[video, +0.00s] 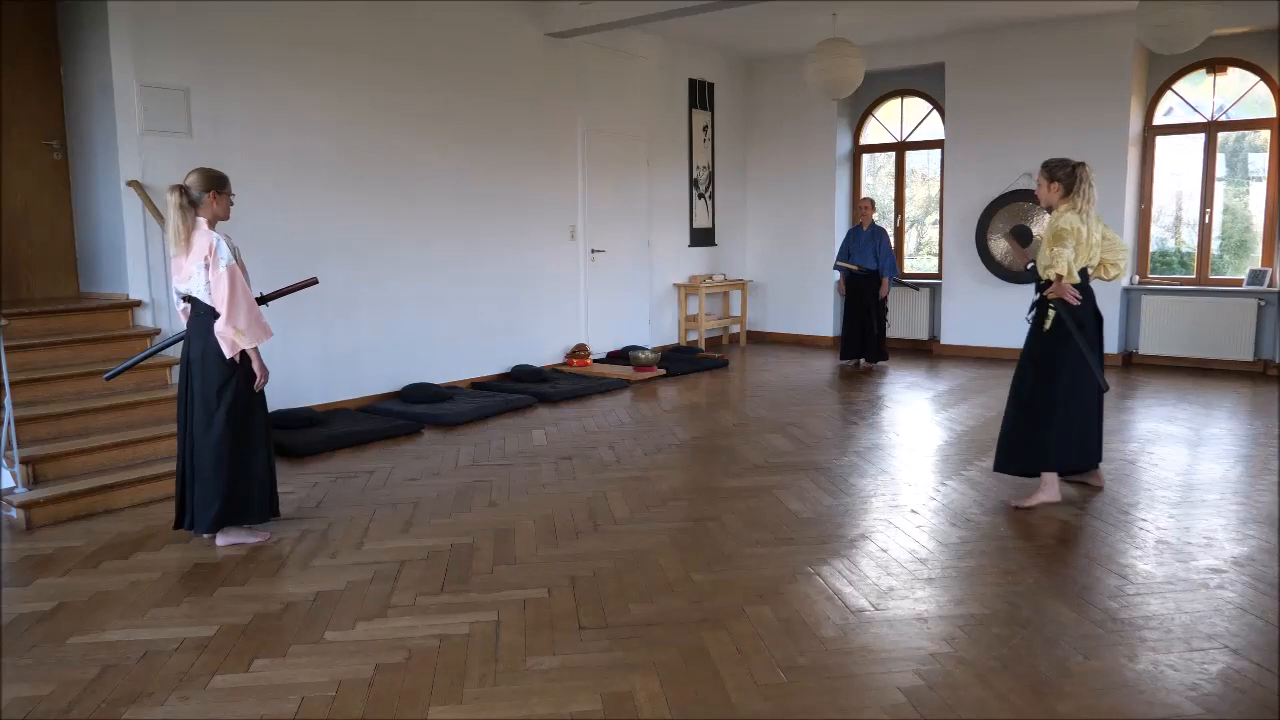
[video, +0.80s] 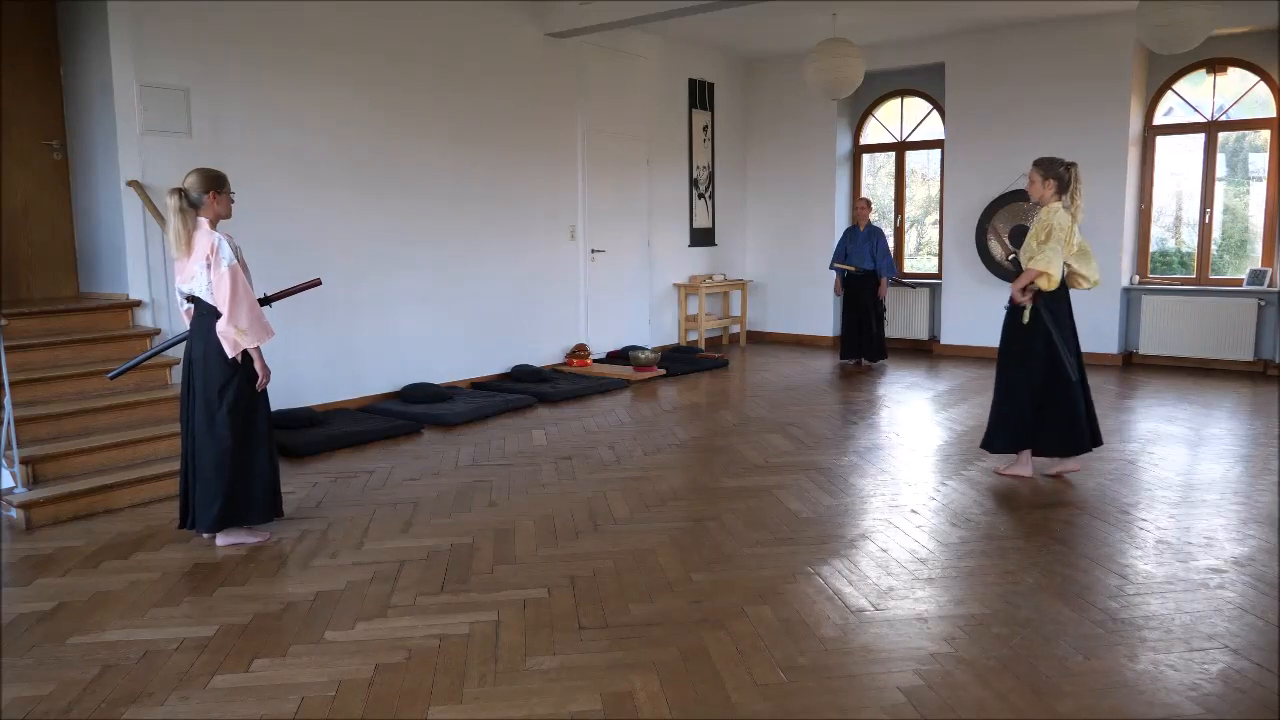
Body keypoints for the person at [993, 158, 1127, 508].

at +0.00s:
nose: (1037, 192)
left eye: (1040, 186)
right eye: (1038, 186)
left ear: (1057, 188)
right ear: (1069, 189)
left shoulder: (1061, 220)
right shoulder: (1091, 220)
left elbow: (1059, 256)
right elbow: (1116, 260)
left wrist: (1056, 281)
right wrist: (1083, 271)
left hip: (1058, 314)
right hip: (1086, 312)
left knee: (1044, 394)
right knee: (1083, 390)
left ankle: (1049, 484)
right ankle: (1091, 468)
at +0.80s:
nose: (1027, 186)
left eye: (1032, 181)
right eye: (1028, 180)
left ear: (1049, 184)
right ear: (1051, 185)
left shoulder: (1053, 215)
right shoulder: (1060, 215)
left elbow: (1048, 259)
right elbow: (1066, 261)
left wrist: (1018, 283)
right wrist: (1034, 278)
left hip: (1037, 302)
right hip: (1054, 302)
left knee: (1023, 377)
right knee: (1058, 376)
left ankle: (1023, 460)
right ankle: (1071, 454)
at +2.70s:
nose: (1013, 184)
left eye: (1017, 178)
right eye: (1014, 178)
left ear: (1032, 182)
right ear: (1036, 182)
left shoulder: (1032, 216)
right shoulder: (1049, 214)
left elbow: (1021, 268)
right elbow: (1017, 255)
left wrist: (1002, 308)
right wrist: (986, 243)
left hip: (1028, 301)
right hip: (1041, 298)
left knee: (1025, 376)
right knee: (1033, 375)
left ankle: (1024, 459)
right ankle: (1026, 456)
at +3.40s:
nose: (1009, 186)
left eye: (1013, 180)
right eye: (1010, 180)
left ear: (1028, 182)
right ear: (1032, 183)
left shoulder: (1030, 217)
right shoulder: (1046, 214)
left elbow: (1019, 267)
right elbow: (1016, 255)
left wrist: (999, 308)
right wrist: (986, 245)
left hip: (1026, 301)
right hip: (1038, 298)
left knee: (1024, 375)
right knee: (1031, 375)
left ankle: (1024, 459)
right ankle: (1025, 454)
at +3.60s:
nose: (1007, 185)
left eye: (1011, 180)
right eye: (1008, 180)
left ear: (1026, 183)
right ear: (1032, 183)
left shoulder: (1028, 217)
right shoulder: (1044, 214)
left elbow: (1017, 267)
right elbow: (1013, 257)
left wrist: (997, 307)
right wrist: (982, 243)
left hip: (1023, 301)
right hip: (1036, 298)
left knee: (1021, 376)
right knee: (1028, 375)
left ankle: (1022, 459)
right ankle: (1023, 455)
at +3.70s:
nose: (1006, 185)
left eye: (1009, 180)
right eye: (1007, 180)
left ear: (1025, 183)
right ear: (1030, 183)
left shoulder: (1026, 217)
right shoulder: (1043, 214)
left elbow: (1015, 267)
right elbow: (1012, 256)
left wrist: (995, 307)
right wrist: (982, 245)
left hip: (1022, 301)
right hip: (1035, 298)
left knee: (1021, 375)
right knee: (1028, 375)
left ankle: (1022, 459)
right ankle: (1023, 455)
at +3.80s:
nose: (1004, 185)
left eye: (1008, 180)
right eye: (1006, 180)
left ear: (1024, 183)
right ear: (1029, 183)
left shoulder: (1025, 217)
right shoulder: (1041, 214)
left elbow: (1014, 267)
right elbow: (1013, 258)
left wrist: (994, 307)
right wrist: (983, 246)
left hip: (1021, 300)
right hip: (1034, 297)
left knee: (1020, 375)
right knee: (1026, 375)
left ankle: (1021, 458)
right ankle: (1021, 455)